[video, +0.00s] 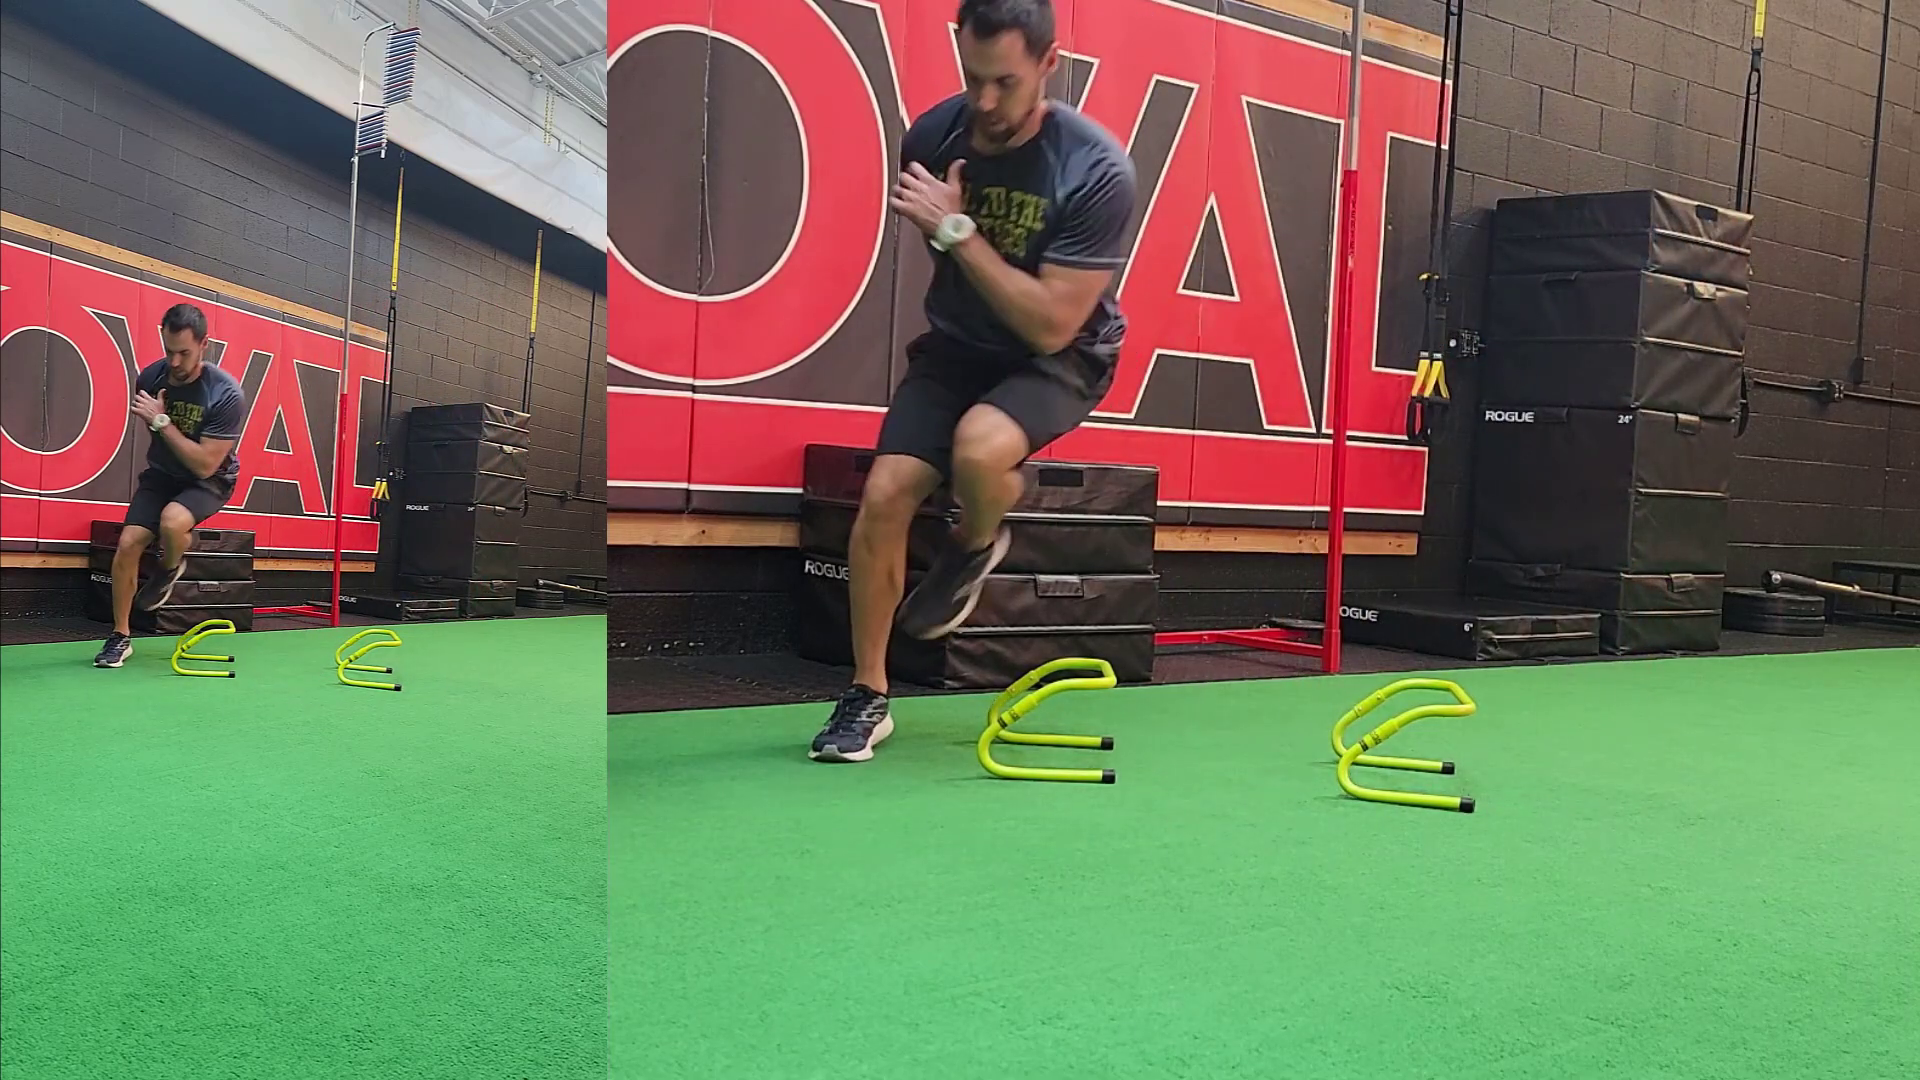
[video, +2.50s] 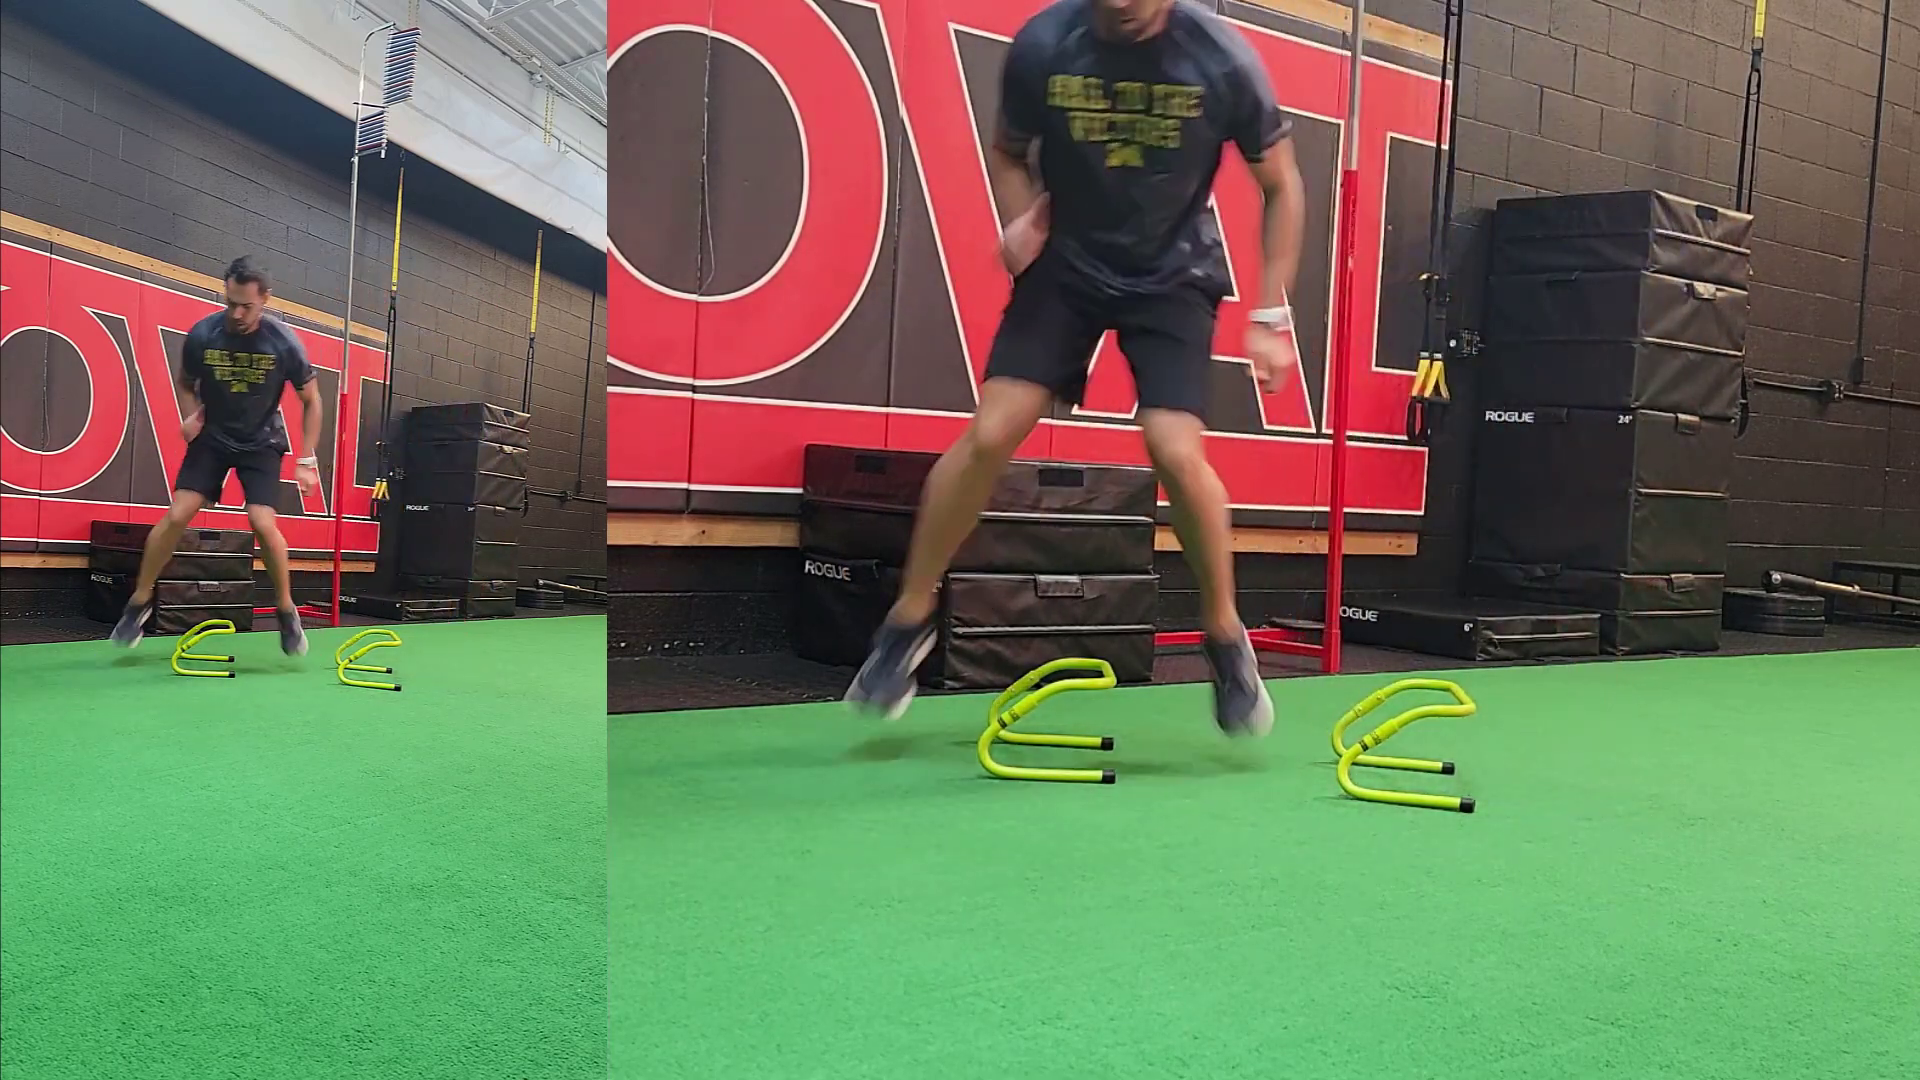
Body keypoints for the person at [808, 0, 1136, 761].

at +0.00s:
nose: (981, 101)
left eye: (1001, 83)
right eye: (970, 79)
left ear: (1048, 68)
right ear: (959, 59)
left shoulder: (1099, 174)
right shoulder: (935, 136)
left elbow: (1051, 325)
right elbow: (927, 244)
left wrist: (954, 232)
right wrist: (939, 218)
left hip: (1061, 360)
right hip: (958, 346)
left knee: (978, 449)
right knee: (884, 491)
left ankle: (974, 553)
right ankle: (867, 692)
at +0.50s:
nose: (1125, 16)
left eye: (1137, 2)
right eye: (1108, 4)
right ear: (1080, 3)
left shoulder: (1207, 71)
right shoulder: (1021, 67)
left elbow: (1270, 177)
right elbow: (994, 172)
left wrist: (1271, 296)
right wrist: (1022, 213)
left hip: (1154, 296)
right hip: (1045, 296)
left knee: (1158, 469)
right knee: (973, 466)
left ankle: (1213, 636)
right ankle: (884, 666)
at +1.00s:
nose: (1453, 22)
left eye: (1465, 8)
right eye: (1437, 7)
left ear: (1477, 5)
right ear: (1393, 1)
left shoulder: (1491, 65)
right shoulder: (1324, 89)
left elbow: (1499, 170)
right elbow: (1277, 226)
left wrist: (1498, 289)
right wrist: (1275, 362)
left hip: (1449, 295)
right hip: (1342, 307)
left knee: (1517, 450)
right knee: (1332, 483)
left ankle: (1554, 623)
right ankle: (1254, 695)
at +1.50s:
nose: (1652, 182)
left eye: (1669, 164)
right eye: (1636, 160)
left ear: (1685, 149)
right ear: (1596, 135)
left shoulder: (1672, 211)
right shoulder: (1517, 230)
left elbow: (1618, 284)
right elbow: (1463, 380)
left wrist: (1619, 345)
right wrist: (1591, 397)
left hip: (1594, 392)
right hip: (1498, 397)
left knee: (1640, 537)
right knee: (1590, 522)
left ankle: (1609, 726)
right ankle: (1570, 592)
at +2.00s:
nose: (1432, 5)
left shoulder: (1503, 56)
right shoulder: (1326, 69)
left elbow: (1531, 169)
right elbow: (1269, 200)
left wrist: (1513, 234)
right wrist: (1245, 333)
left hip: (1453, 299)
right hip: (1340, 300)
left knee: (1507, 460)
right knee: (1321, 496)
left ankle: (1526, 617)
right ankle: (1249, 677)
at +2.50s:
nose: (1127, 11)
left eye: (1143, 3)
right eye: (1114, 2)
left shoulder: (1224, 62)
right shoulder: (1043, 46)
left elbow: (1283, 185)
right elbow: (1008, 150)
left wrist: (1273, 314)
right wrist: (1020, 216)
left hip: (1172, 281)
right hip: (1066, 270)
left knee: (1175, 450)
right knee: (988, 437)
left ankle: (1225, 632)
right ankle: (911, 614)